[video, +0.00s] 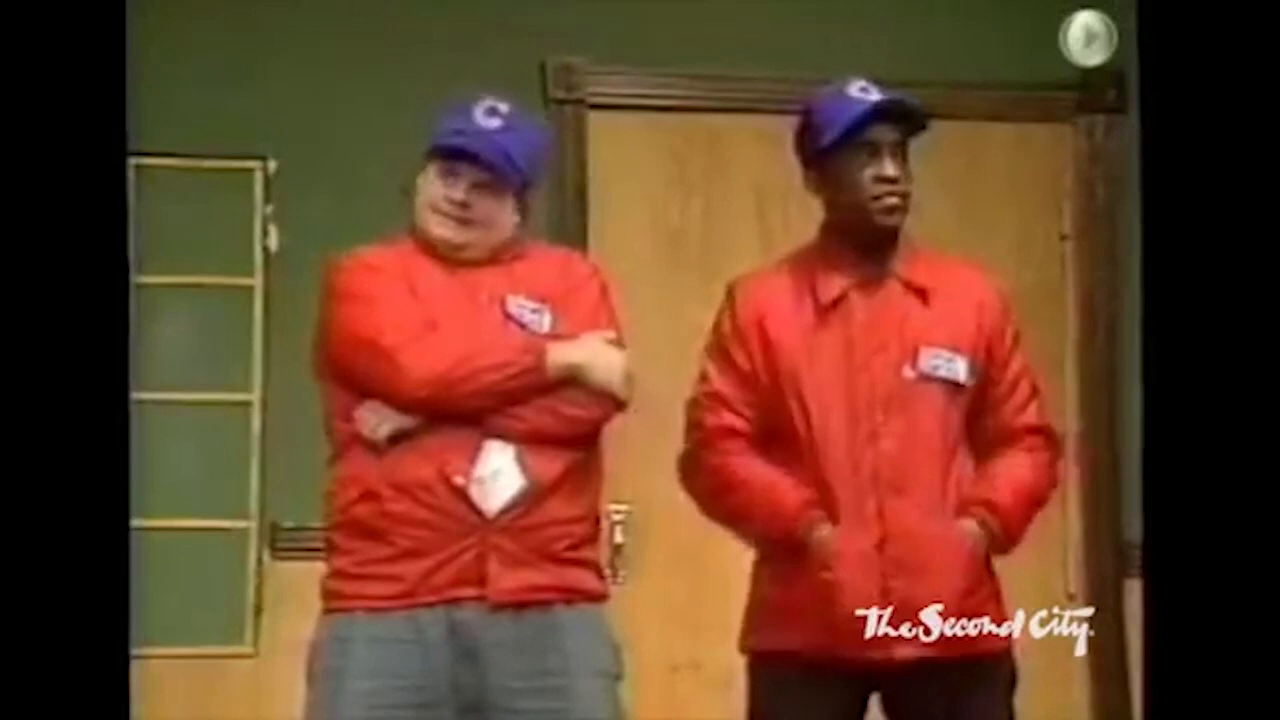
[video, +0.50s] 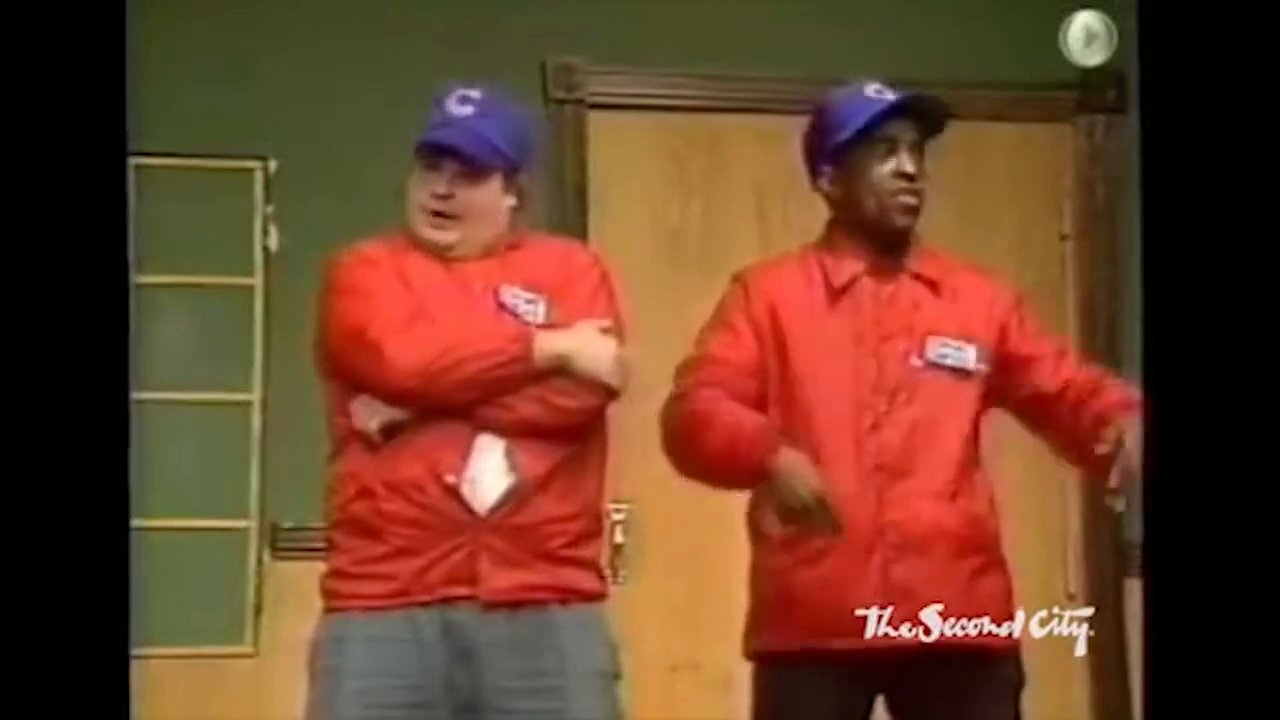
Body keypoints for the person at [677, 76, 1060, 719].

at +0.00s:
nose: (890, 171)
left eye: (899, 153)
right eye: (866, 154)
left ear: (913, 164)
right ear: (818, 174)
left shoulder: (970, 299)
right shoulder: (757, 305)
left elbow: (1027, 441)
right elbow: (710, 452)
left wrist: (981, 525)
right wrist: (807, 528)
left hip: (952, 630)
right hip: (805, 636)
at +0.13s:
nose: (900, 169)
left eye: (908, 151)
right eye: (875, 151)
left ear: (920, 163)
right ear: (825, 171)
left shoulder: (975, 297)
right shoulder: (760, 299)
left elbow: (1044, 425)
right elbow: (686, 429)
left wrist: (1003, 486)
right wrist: (776, 476)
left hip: (953, 630)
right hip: (805, 634)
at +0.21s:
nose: (905, 167)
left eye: (913, 150)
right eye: (881, 149)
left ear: (926, 164)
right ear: (830, 170)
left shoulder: (976, 297)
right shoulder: (762, 295)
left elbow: (1069, 433)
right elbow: (676, 417)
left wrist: (998, 482)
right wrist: (751, 437)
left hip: (955, 630)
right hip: (806, 632)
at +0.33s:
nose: (908, 167)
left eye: (916, 150)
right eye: (885, 149)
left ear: (927, 163)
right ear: (832, 170)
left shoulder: (977, 296)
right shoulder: (763, 294)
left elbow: (1039, 422)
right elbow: (672, 416)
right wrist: (744, 442)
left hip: (956, 628)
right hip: (808, 632)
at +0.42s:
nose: (909, 167)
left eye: (917, 151)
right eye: (886, 150)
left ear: (928, 165)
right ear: (831, 175)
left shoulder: (975, 297)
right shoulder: (762, 294)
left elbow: (1059, 412)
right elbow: (677, 421)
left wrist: (1115, 429)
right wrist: (750, 452)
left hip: (958, 629)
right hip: (808, 632)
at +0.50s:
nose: (910, 168)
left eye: (917, 151)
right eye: (885, 150)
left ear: (928, 165)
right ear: (829, 176)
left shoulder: (975, 299)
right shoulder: (765, 294)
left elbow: (1063, 388)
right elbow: (692, 416)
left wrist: (1124, 427)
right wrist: (770, 455)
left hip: (959, 628)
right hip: (812, 631)